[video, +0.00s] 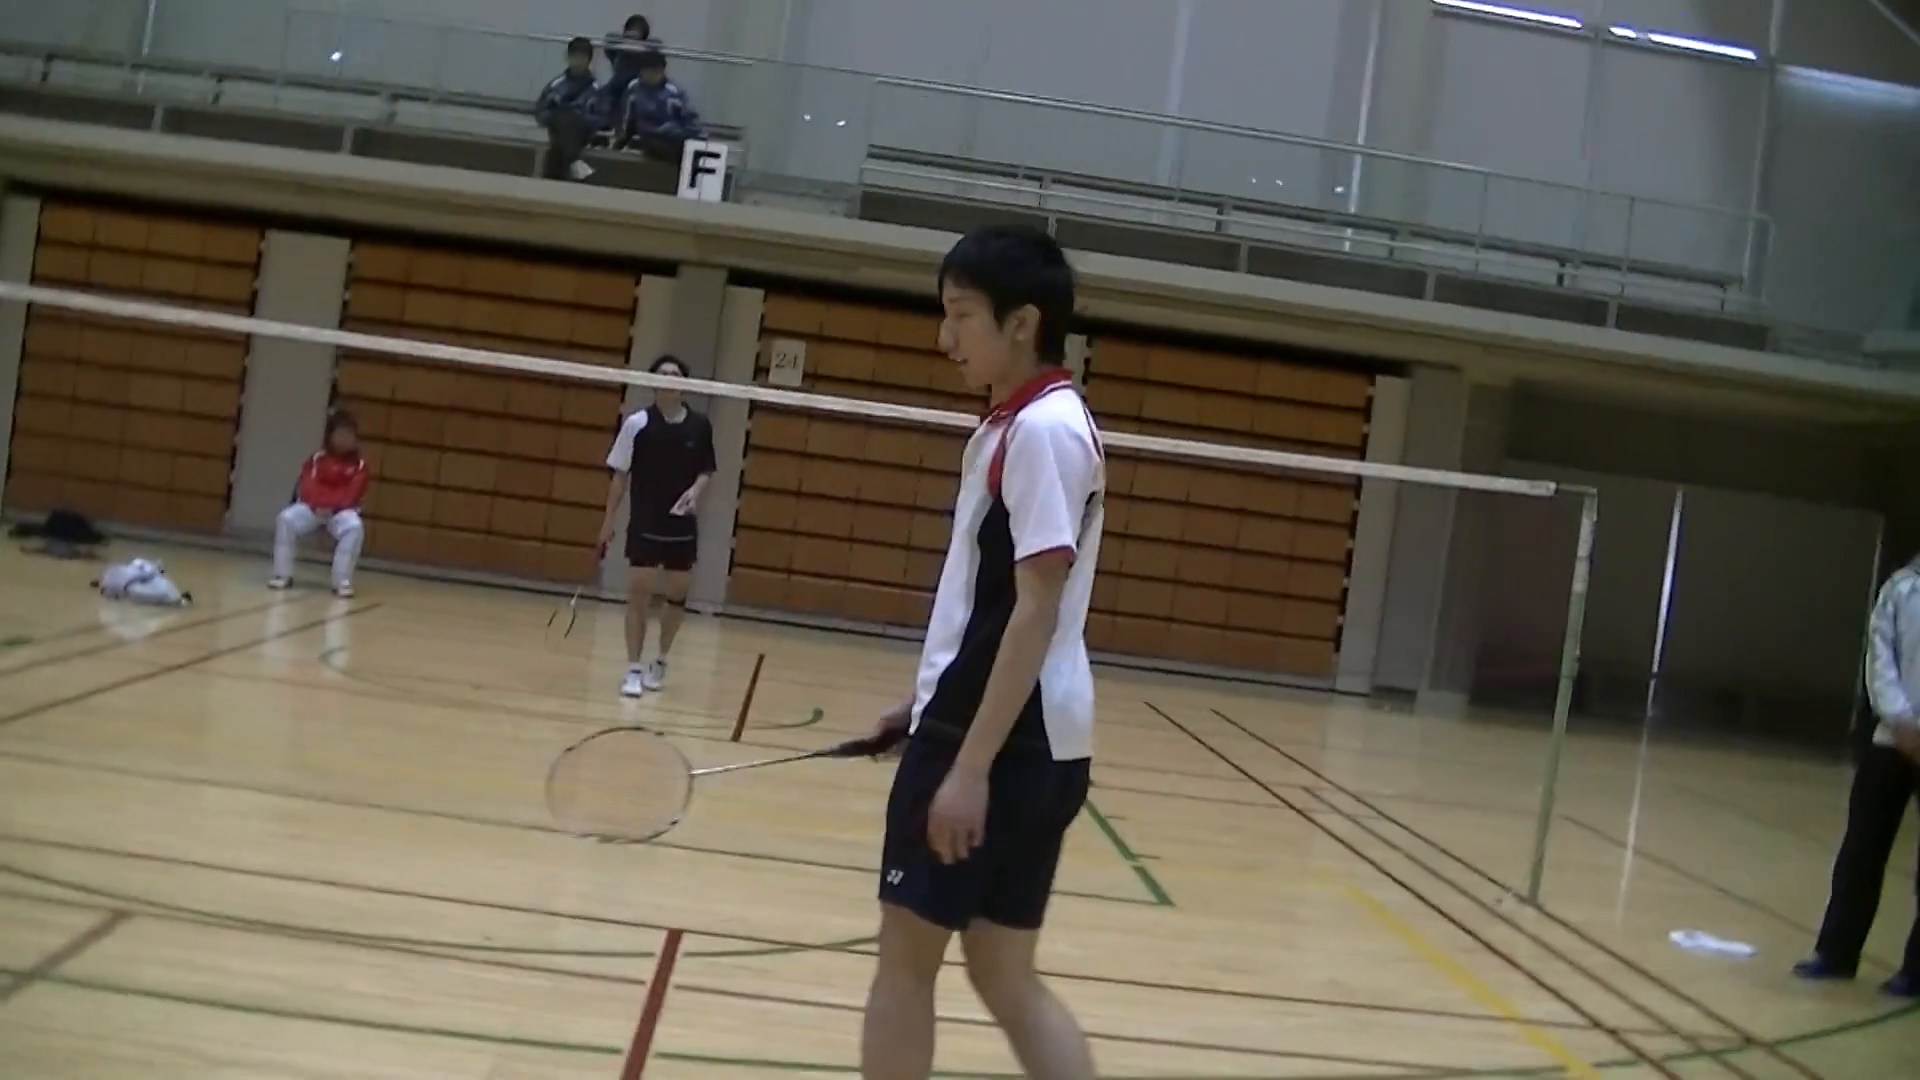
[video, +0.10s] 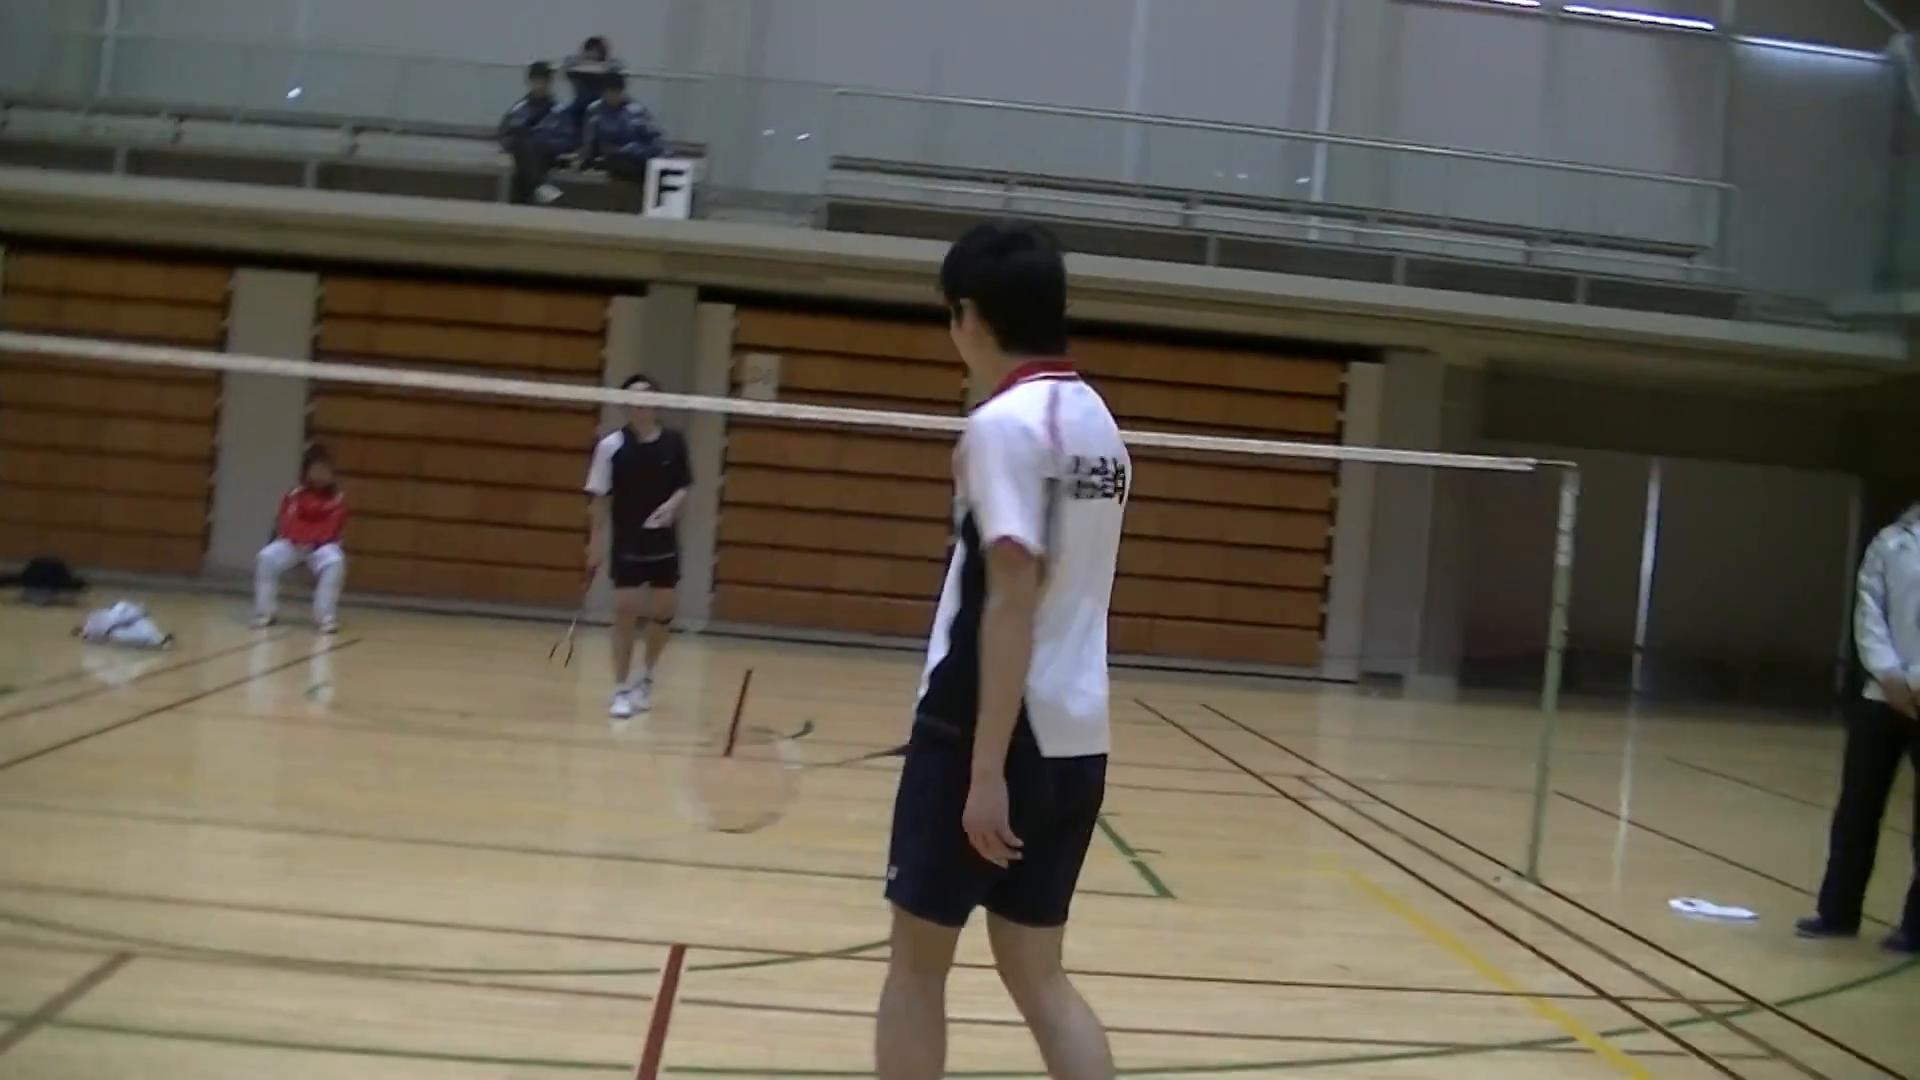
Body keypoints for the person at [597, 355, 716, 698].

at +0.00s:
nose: (669, 381)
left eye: (675, 376)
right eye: (663, 375)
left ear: (685, 385)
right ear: (653, 382)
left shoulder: (699, 426)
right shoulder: (637, 423)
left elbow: (707, 468)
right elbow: (620, 476)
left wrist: (695, 491)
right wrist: (607, 523)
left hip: (682, 525)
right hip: (644, 522)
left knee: (676, 598)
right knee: (639, 595)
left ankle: (660, 660)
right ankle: (634, 668)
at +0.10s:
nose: (643, 403)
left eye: (648, 396)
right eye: (636, 396)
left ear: (657, 402)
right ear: (625, 403)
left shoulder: (673, 442)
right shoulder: (611, 446)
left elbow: (685, 484)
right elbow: (598, 501)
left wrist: (672, 505)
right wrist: (595, 548)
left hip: (663, 540)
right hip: (626, 540)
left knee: (662, 612)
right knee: (625, 611)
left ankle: (646, 677)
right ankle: (621, 688)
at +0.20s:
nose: (613, 428)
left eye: (617, 421)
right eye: (606, 423)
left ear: (627, 422)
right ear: (596, 425)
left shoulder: (646, 459)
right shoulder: (584, 467)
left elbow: (660, 502)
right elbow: (575, 521)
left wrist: (641, 521)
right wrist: (575, 567)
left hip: (642, 558)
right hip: (605, 561)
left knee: (646, 629)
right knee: (606, 631)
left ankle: (616, 682)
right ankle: (603, 706)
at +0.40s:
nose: (566, 446)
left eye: (571, 439)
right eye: (559, 441)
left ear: (580, 440)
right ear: (550, 445)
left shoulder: (601, 477)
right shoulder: (539, 488)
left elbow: (616, 521)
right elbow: (534, 543)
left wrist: (594, 537)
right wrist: (546, 587)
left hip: (602, 575)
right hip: (564, 580)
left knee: (620, 643)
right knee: (565, 652)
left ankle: (596, 659)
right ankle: (563, 729)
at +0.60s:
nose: (527, 412)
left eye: (531, 405)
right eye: (520, 407)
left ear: (541, 406)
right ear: (511, 412)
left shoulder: (565, 443)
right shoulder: (503, 455)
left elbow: (580, 485)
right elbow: (499, 509)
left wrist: (564, 509)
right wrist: (512, 554)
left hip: (568, 542)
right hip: (530, 548)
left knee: (587, 608)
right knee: (533, 620)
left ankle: (568, 677)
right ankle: (532, 694)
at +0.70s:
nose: (522, 383)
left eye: (526, 376)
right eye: (515, 378)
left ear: (536, 378)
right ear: (505, 383)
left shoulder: (558, 414)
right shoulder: (497, 427)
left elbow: (573, 457)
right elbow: (492, 485)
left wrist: (562, 483)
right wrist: (503, 536)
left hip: (561, 516)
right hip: (523, 522)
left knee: (574, 589)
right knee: (525, 595)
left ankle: (588, 657)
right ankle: (528, 669)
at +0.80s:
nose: (537, 357)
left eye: (541, 351)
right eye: (530, 353)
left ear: (550, 355)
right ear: (518, 359)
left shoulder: (569, 390)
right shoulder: (508, 404)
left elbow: (583, 434)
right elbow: (501, 463)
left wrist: (575, 460)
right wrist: (504, 513)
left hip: (572, 490)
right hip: (534, 497)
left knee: (594, 559)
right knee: (534, 573)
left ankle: (602, 632)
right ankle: (537, 646)